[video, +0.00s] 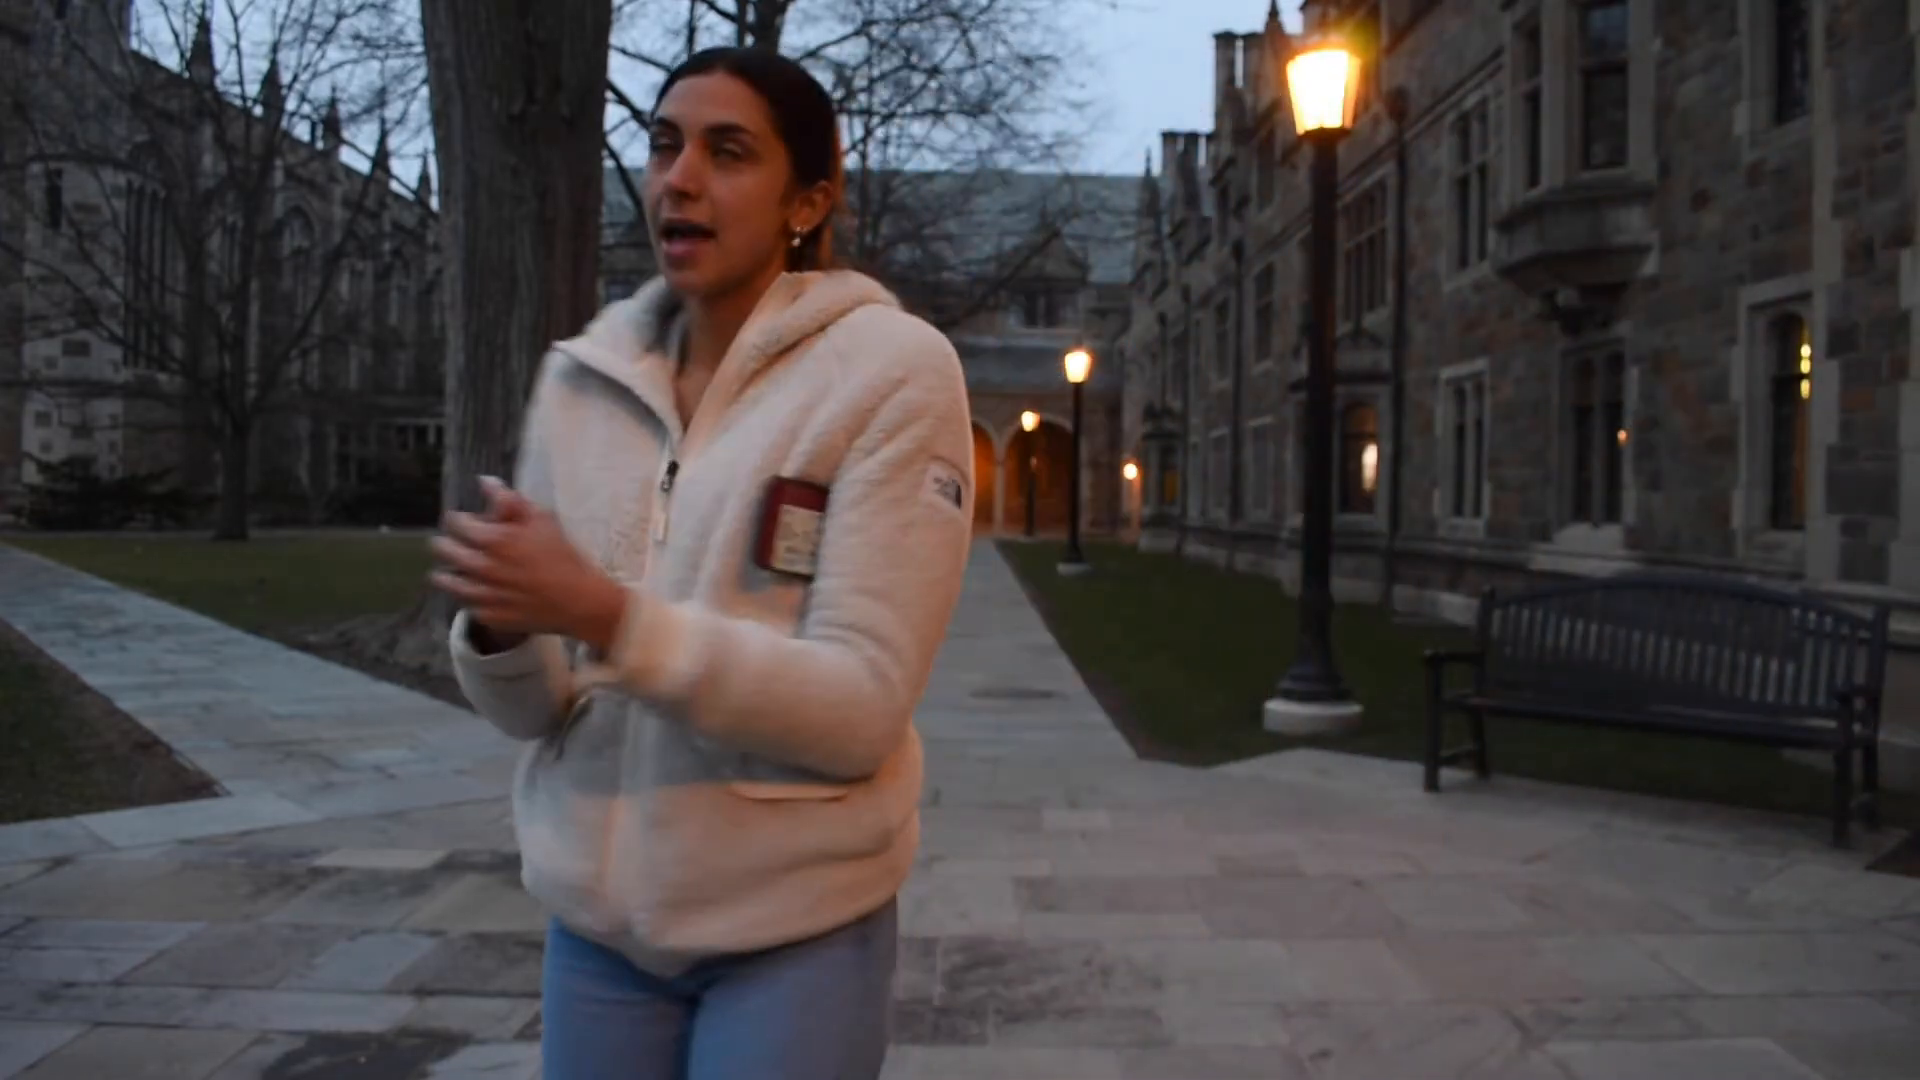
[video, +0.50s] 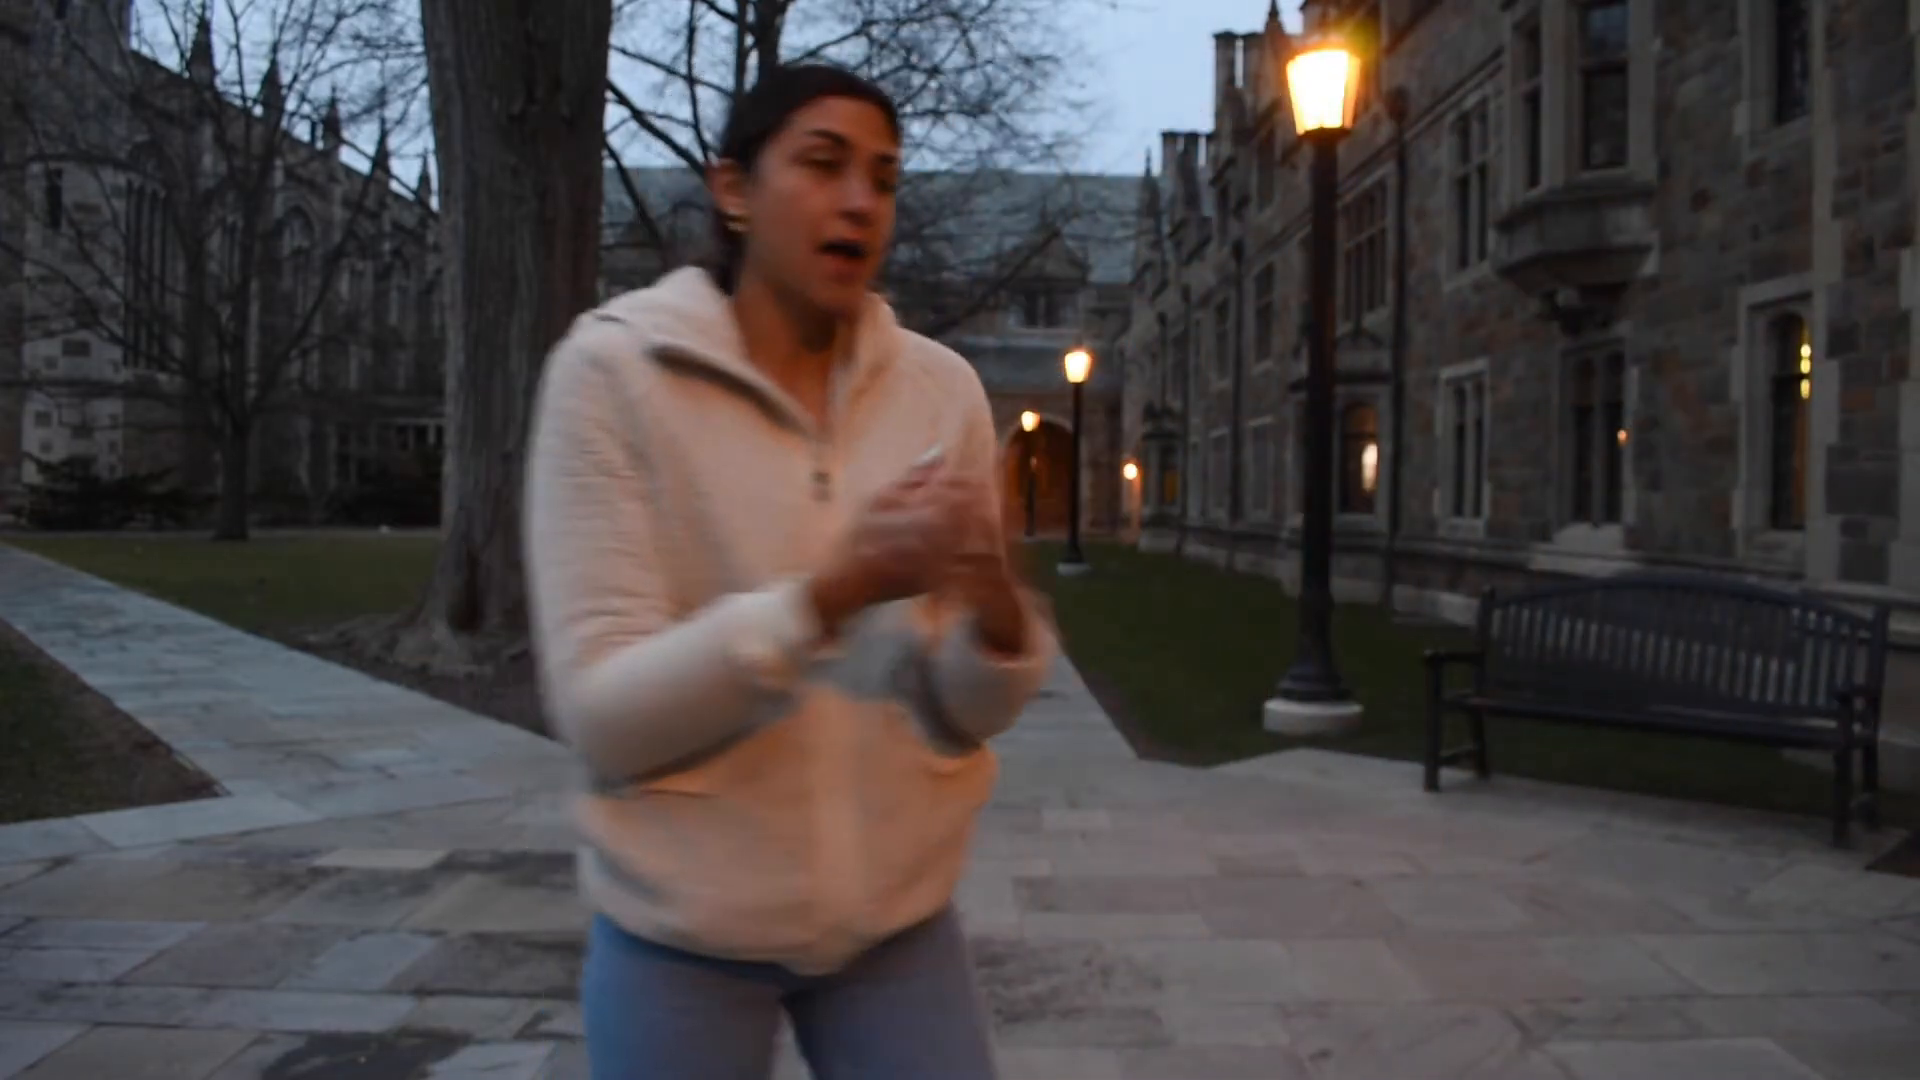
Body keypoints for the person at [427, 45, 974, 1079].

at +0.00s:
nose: (679, 179)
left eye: (729, 152)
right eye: (666, 145)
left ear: (808, 200)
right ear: (646, 173)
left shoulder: (896, 374)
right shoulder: (581, 374)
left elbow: (860, 709)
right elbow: (533, 712)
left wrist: (603, 613)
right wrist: (498, 617)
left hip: (797, 928)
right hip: (598, 924)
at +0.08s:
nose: (694, 184)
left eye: (742, 157)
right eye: (672, 148)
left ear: (804, 207)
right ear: (643, 180)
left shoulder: (898, 377)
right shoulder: (554, 378)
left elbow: (888, 704)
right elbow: (498, 712)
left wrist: (662, 618)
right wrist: (527, 623)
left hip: (811, 922)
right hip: (599, 920)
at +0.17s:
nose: (717, 187)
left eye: (758, 162)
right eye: (687, 151)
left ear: (807, 211)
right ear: (645, 187)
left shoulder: (900, 378)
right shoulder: (537, 379)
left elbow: (916, 691)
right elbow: (486, 698)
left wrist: (732, 625)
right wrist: (564, 626)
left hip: (825, 915)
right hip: (604, 919)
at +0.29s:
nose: (760, 195)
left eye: (796, 169)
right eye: (726, 156)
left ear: (825, 208)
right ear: (660, 186)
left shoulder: (909, 381)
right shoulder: (541, 379)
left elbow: (943, 690)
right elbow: (504, 702)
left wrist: (833, 621)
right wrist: (650, 620)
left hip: (848, 904)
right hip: (619, 913)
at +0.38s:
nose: (797, 198)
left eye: (827, 173)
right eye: (759, 157)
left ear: (848, 210)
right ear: (682, 186)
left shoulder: (920, 382)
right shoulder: (560, 375)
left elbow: (961, 694)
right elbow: (533, 711)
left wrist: (893, 613)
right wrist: (721, 603)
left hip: (866, 910)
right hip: (636, 922)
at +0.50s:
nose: (862, 204)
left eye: (882, 179)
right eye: (821, 163)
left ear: (895, 210)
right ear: (732, 189)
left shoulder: (941, 389)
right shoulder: (612, 372)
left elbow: (970, 712)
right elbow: (604, 719)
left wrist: (995, 606)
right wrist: (839, 587)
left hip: (896, 920)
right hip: (679, 931)